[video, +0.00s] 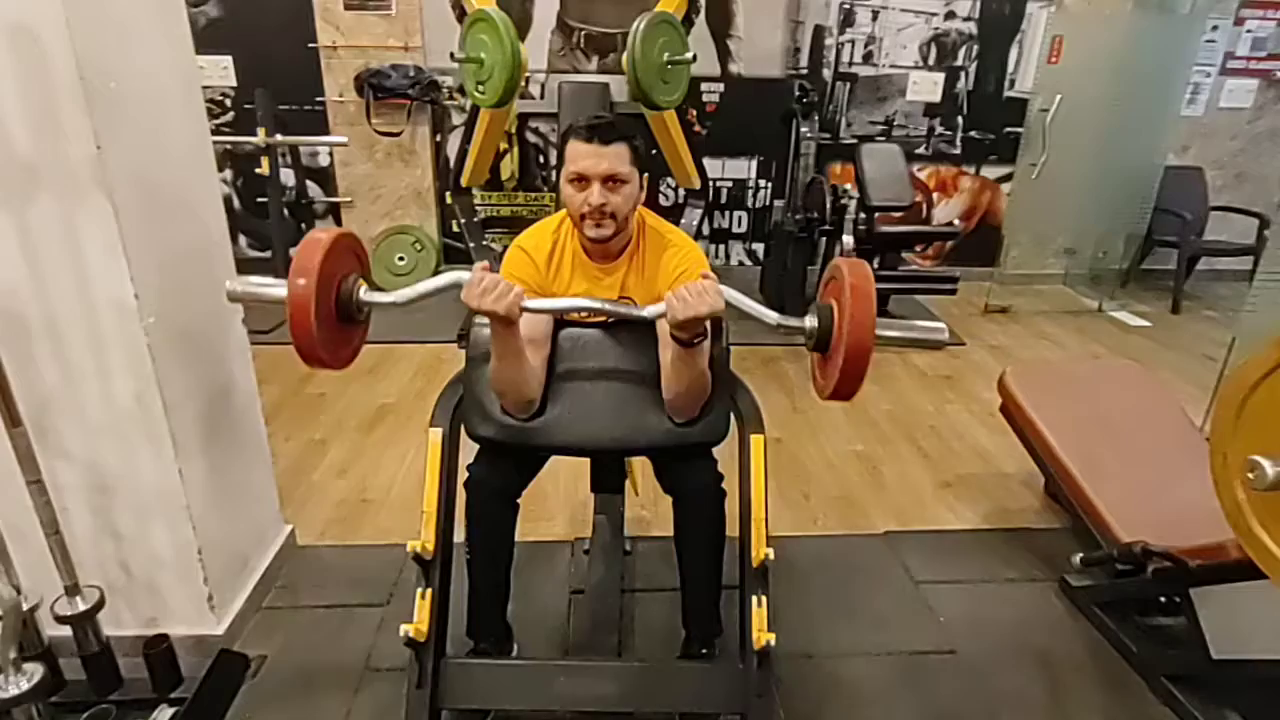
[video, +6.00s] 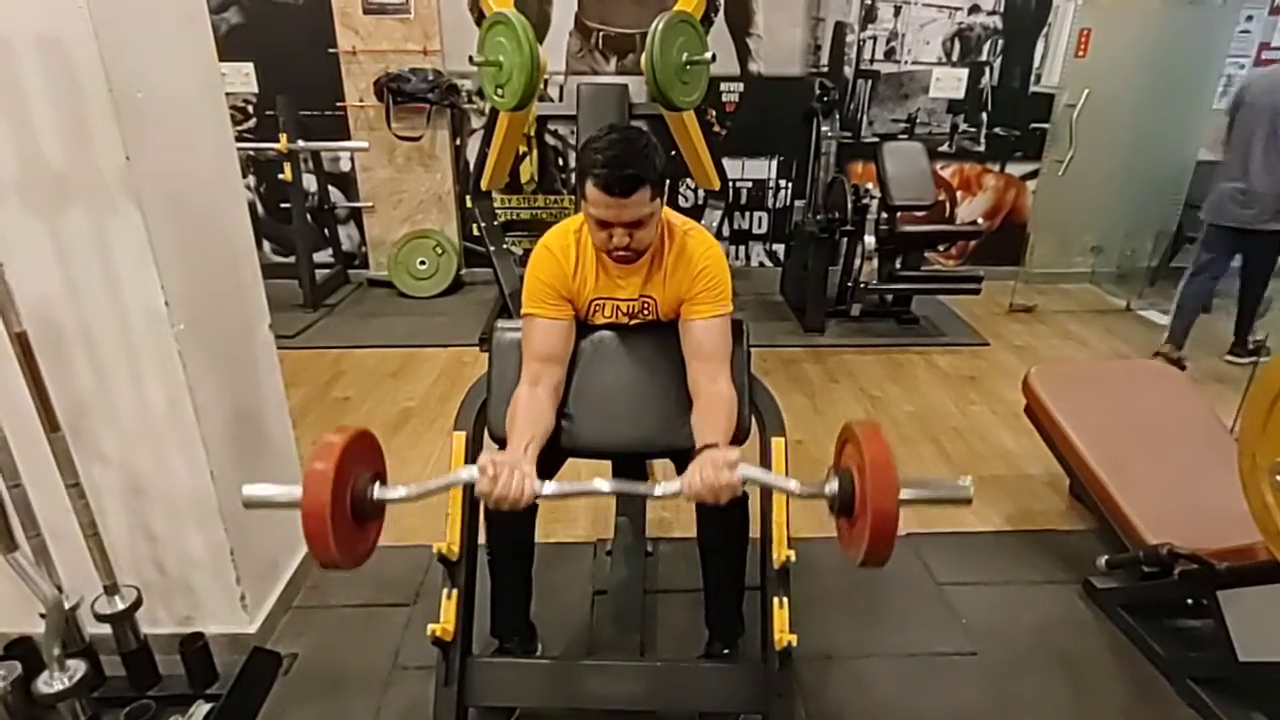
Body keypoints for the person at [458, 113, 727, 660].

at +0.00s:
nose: (595, 200)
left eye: (613, 183)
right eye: (579, 182)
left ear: (641, 189)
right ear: (560, 186)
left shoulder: (676, 254)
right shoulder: (533, 249)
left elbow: (685, 408)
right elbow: (518, 404)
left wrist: (688, 337)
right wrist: (504, 326)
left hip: (649, 390)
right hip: (556, 388)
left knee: (700, 484)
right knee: (487, 482)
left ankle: (702, 643)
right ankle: (489, 642)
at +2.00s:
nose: (620, 178)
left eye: (636, 162)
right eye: (602, 163)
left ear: (661, 167)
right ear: (581, 168)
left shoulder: (696, 241)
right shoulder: (553, 242)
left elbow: (710, 372)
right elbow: (536, 372)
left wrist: (711, 468)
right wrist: (518, 472)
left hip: (674, 367)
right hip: (577, 367)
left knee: (720, 477)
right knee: (508, 469)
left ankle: (723, 637)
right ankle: (511, 630)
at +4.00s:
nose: (652, 238)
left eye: (661, 224)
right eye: (635, 231)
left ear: (671, 199)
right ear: (593, 211)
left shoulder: (696, 249)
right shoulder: (551, 250)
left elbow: (709, 401)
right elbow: (539, 401)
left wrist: (704, 339)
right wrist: (520, 329)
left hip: (669, 391)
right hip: (576, 390)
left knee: (720, 479)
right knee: (507, 479)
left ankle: (724, 637)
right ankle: (512, 633)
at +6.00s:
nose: (620, 240)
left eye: (636, 224)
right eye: (603, 224)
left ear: (659, 201)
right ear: (583, 203)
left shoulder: (698, 255)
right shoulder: (556, 254)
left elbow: (712, 374)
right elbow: (538, 377)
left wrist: (713, 447)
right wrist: (517, 453)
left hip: (670, 390)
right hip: (577, 388)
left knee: (720, 474)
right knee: (504, 474)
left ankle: (724, 639)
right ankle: (512, 639)